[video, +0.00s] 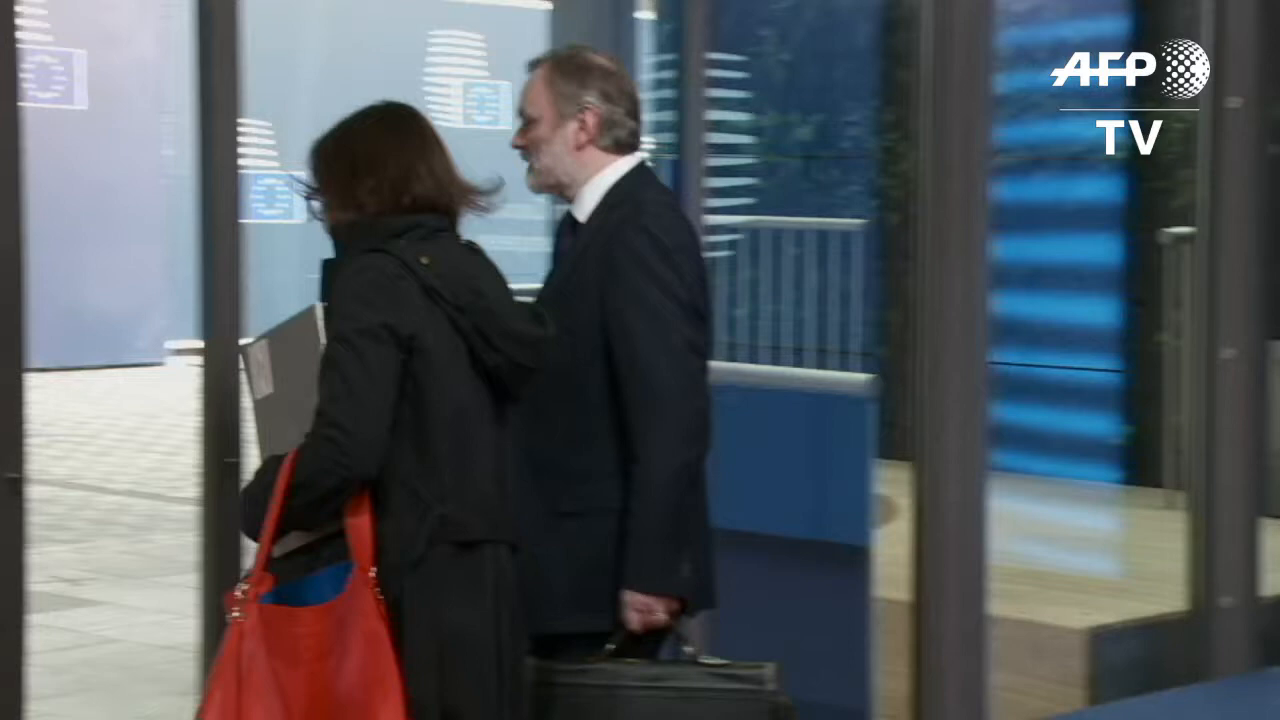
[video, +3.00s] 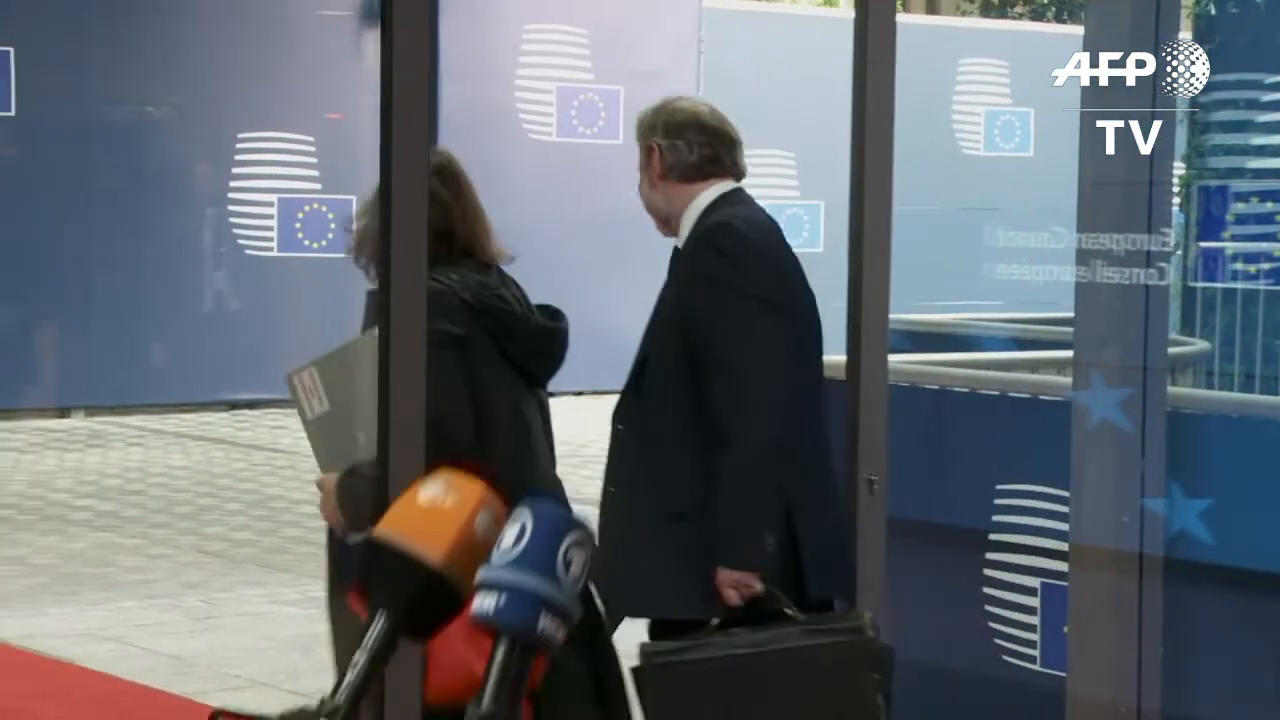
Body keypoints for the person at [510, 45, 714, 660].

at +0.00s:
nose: (517, 140)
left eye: (531, 122)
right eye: (521, 123)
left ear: (583, 127)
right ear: (582, 128)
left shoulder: (639, 228)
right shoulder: (592, 222)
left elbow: (668, 412)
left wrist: (650, 572)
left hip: (609, 569)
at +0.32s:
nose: (607, 105)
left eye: (627, 96)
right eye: (617, 92)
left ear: (672, 130)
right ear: (667, 131)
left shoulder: (707, 234)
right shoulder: (653, 228)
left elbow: (734, 419)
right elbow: (639, 400)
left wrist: (724, 581)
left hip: (676, 576)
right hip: (635, 565)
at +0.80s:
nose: (696, 110)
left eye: (717, 102)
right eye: (708, 98)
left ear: (761, 136)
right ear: (757, 137)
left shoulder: (791, 243)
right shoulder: (748, 232)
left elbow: (802, 431)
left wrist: (787, 596)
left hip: (751, 586)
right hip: (718, 576)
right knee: (720, 717)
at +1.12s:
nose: (732, 170)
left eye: (738, 151)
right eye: (732, 152)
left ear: (783, 150)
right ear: (785, 151)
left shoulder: (835, 255)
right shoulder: (820, 238)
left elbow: (845, 442)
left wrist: (826, 604)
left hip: (797, 600)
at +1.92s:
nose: (772, 195)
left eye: (773, 175)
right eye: (769, 178)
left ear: (814, 163)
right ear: (817, 164)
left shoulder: (898, 257)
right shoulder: (857, 248)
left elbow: (953, 435)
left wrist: (927, 587)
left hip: (883, 608)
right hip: (846, 598)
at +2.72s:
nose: (689, 210)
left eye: (689, 191)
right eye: (688, 193)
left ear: (711, 179)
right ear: (770, 176)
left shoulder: (799, 265)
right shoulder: (769, 263)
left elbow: (846, 432)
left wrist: (830, 581)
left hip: (792, 599)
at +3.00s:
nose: (639, 187)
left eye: (639, 168)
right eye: (638, 170)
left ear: (656, 161)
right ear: (722, 160)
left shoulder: (725, 244)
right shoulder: (741, 236)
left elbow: (750, 406)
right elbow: (753, 405)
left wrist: (740, 548)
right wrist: (728, 543)